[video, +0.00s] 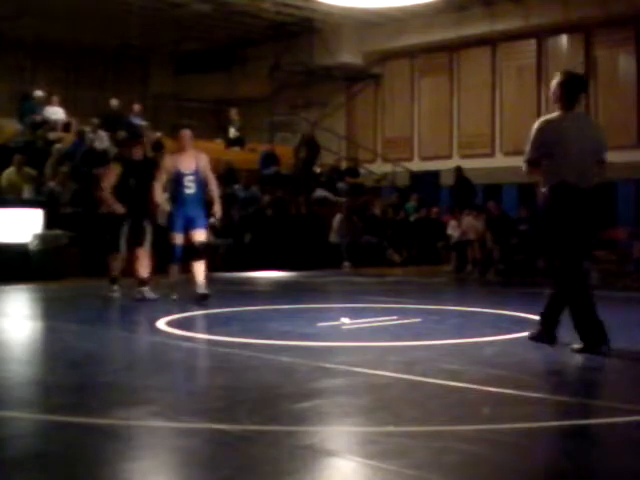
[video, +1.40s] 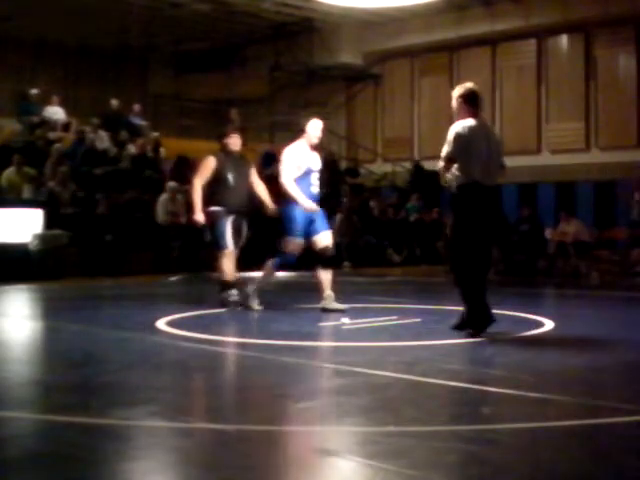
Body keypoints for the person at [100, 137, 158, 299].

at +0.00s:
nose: (137, 152)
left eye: (140, 148)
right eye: (134, 148)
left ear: (144, 149)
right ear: (127, 149)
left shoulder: (149, 165)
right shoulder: (120, 164)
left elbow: (155, 188)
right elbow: (106, 186)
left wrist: (158, 205)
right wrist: (114, 205)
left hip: (143, 211)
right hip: (123, 212)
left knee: (143, 248)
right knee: (119, 250)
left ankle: (144, 283)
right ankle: (114, 282)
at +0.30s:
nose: (157, 148)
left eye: (159, 145)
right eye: (153, 145)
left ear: (161, 147)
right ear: (146, 145)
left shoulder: (164, 164)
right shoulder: (136, 163)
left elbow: (171, 188)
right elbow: (121, 184)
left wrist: (174, 207)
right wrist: (123, 208)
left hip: (160, 211)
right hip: (141, 211)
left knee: (150, 248)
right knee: (150, 247)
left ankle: (145, 284)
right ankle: (148, 285)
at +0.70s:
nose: (177, 147)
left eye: (179, 143)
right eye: (174, 143)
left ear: (182, 145)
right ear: (166, 145)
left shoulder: (186, 163)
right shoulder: (160, 162)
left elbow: (192, 188)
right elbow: (154, 186)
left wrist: (196, 208)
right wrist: (158, 208)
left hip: (185, 211)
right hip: (168, 212)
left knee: (180, 249)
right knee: (168, 250)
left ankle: (172, 282)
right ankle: (166, 286)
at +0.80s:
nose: (188, 145)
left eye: (190, 140)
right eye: (184, 140)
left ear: (193, 143)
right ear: (176, 142)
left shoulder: (196, 162)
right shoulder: (168, 159)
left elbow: (202, 185)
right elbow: (161, 183)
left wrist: (204, 204)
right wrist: (175, 204)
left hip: (193, 211)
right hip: (173, 211)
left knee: (194, 249)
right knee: (172, 249)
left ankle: (193, 284)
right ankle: (168, 287)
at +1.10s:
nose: (218, 146)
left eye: (221, 142)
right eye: (215, 141)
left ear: (224, 145)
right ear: (207, 143)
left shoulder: (224, 165)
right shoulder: (197, 161)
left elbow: (229, 190)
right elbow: (188, 185)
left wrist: (229, 212)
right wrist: (195, 209)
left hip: (221, 214)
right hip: (202, 214)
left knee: (222, 253)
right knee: (198, 252)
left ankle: (224, 293)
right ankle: (179, 282)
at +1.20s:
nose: (227, 143)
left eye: (228, 139)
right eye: (223, 138)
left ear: (230, 142)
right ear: (214, 140)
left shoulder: (233, 164)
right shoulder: (203, 160)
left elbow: (239, 187)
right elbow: (191, 183)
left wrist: (243, 207)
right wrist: (193, 208)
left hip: (229, 212)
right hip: (209, 212)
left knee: (225, 253)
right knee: (208, 250)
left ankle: (225, 293)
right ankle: (196, 285)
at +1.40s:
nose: (235, 142)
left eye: (238, 138)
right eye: (231, 138)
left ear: (242, 141)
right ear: (223, 141)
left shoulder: (246, 164)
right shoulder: (214, 160)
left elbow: (257, 184)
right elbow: (197, 182)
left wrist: (269, 203)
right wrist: (198, 210)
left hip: (241, 211)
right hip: (221, 210)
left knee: (234, 250)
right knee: (228, 249)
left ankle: (229, 284)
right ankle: (229, 287)